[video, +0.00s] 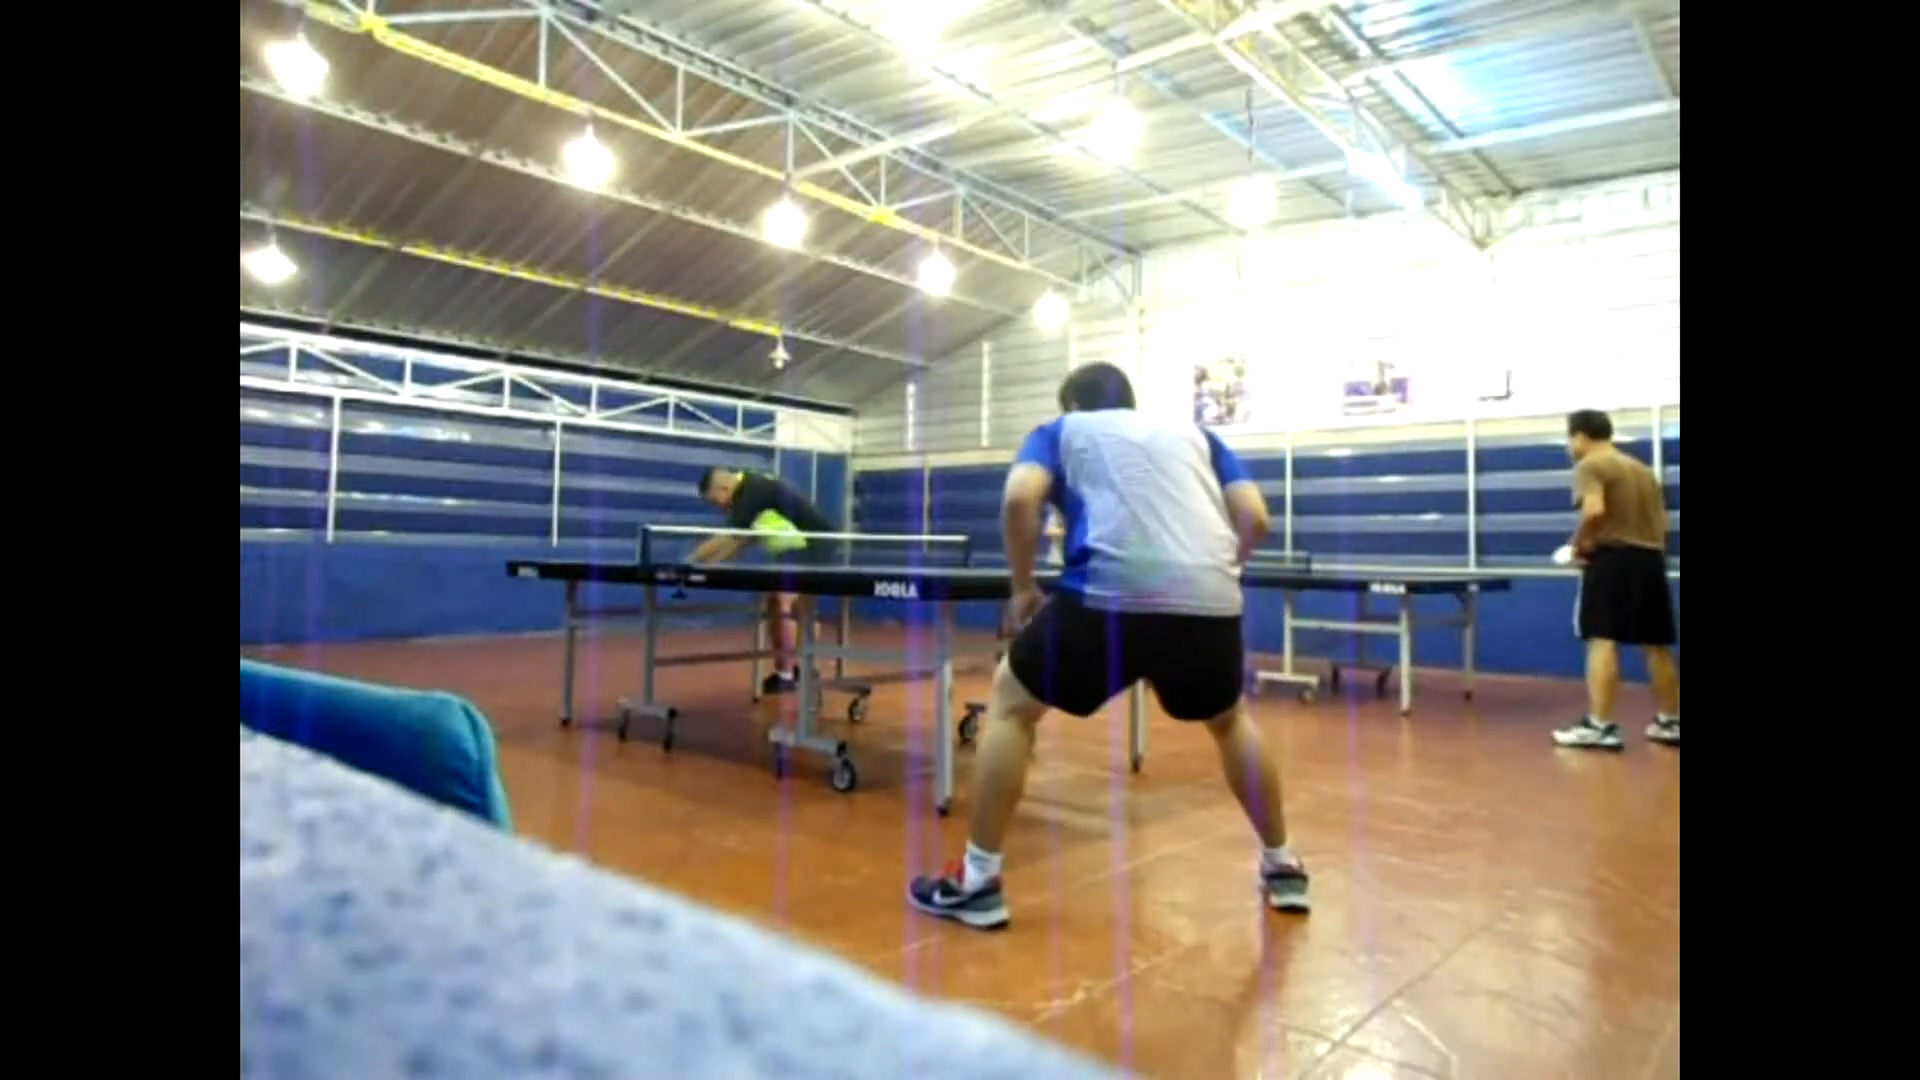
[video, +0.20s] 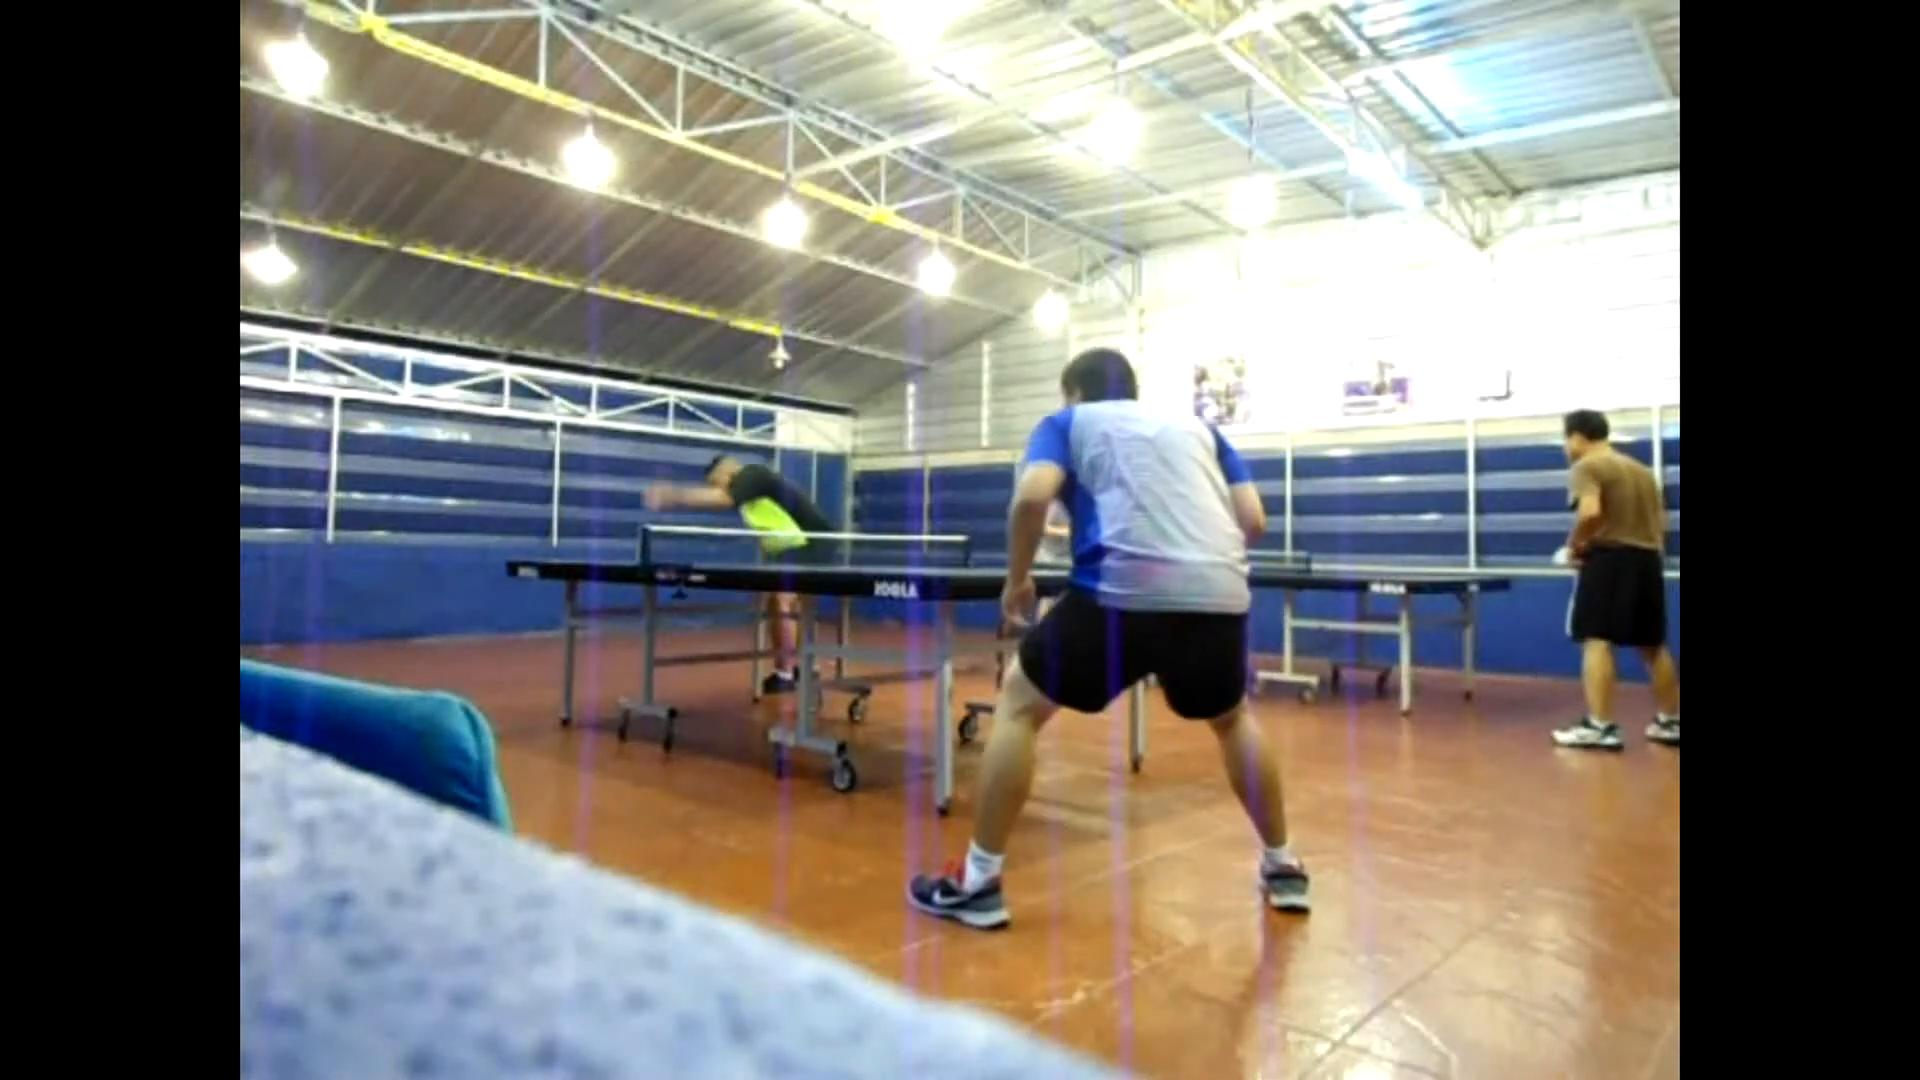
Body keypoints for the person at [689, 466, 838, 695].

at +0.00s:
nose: (719, 506)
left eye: (716, 500)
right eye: (714, 502)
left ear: (725, 486)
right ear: (725, 485)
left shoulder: (751, 492)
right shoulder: (751, 488)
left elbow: (728, 536)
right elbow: (739, 540)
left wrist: (690, 560)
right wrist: (710, 564)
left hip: (810, 547)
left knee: (782, 603)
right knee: (779, 604)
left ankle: (785, 672)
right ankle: (788, 669)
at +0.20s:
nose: (718, 486)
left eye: (717, 480)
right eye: (715, 483)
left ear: (727, 468)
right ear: (727, 474)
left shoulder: (753, 476)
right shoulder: (743, 488)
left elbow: (724, 498)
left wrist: (673, 495)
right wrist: (673, 495)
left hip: (805, 548)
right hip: (786, 551)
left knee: (783, 604)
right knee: (778, 605)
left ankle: (787, 671)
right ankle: (786, 668)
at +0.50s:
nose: (728, 462)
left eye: (732, 454)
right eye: (725, 457)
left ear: (749, 454)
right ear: (727, 461)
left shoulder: (770, 471)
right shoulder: (749, 485)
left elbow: (753, 471)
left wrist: (720, 474)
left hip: (806, 544)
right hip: (784, 548)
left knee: (788, 604)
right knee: (775, 606)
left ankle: (790, 669)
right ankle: (782, 668)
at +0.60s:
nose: (727, 460)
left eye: (731, 453)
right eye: (725, 455)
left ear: (749, 453)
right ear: (731, 459)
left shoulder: (759, 468)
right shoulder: (752, 479)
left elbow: (786, 470)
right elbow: (796, 486)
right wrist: (822, 493)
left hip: (800, 544)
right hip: (786, 546)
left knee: (787, 605)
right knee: (787, 606)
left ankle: (786, 670)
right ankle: (800, 665)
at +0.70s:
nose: (725, 465)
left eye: (729, 458)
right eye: (723, 459)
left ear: (747, 457)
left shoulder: (760, 471)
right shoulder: (751, 481)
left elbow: (798, 479)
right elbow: (800, 477)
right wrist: (814, 518)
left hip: (796, 548)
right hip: (785, 550)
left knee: (788, 607)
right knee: (789, 608)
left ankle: (785, 670)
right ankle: (798, 665)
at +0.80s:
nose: (724, 476)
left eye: (728, 467)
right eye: (721, 470)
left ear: (746, 465)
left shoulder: (764, 478)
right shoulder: (750, 492)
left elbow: (811, 484)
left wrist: (831, 520)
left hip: (804, 548)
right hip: (785, 552)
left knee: (786, 604)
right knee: (781, 605)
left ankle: (780, 667)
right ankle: (801, 663)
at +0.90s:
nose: (733, 487)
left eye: (736, 479)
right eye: (727, 483)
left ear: (749, 474)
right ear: (725, 487)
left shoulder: (771, 485)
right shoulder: (738, 502)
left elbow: (820, 484)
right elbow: (715, 506)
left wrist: (837, 520)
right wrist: (690, 504)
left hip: (804, 553)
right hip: (778, 558)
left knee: (782, 608)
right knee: (783, 610)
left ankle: (770, 666)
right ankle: (805, 663)